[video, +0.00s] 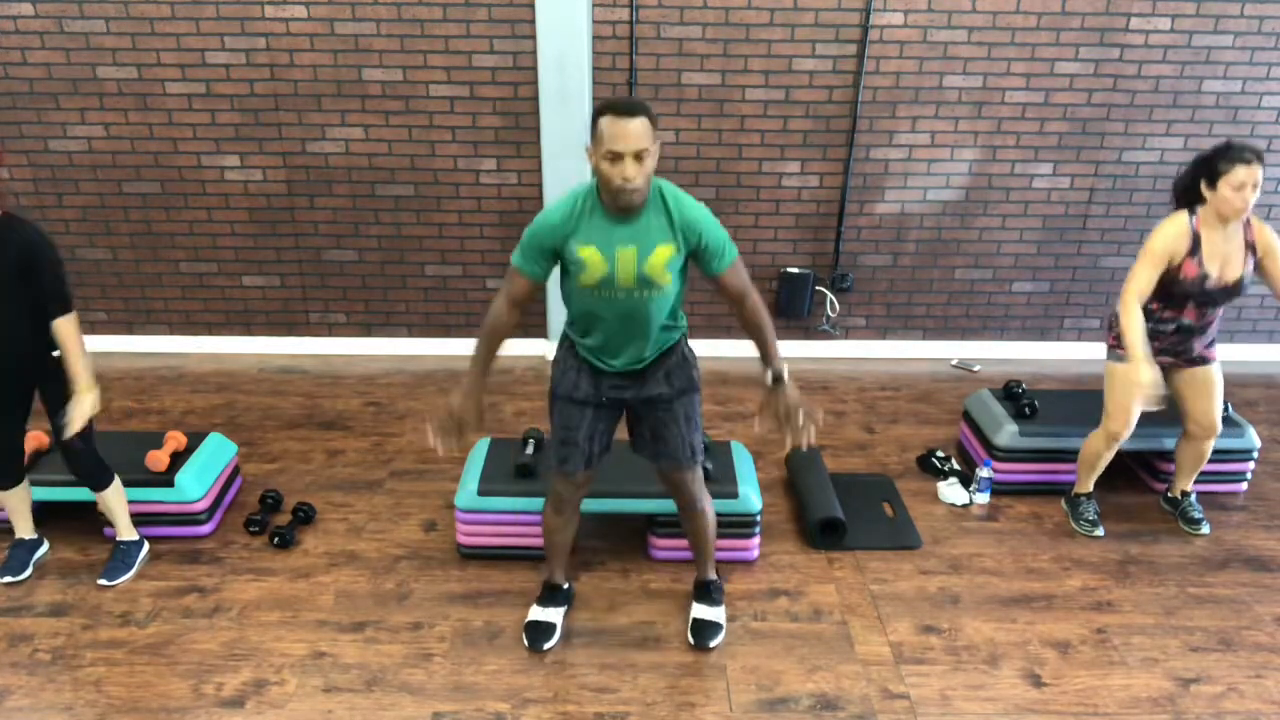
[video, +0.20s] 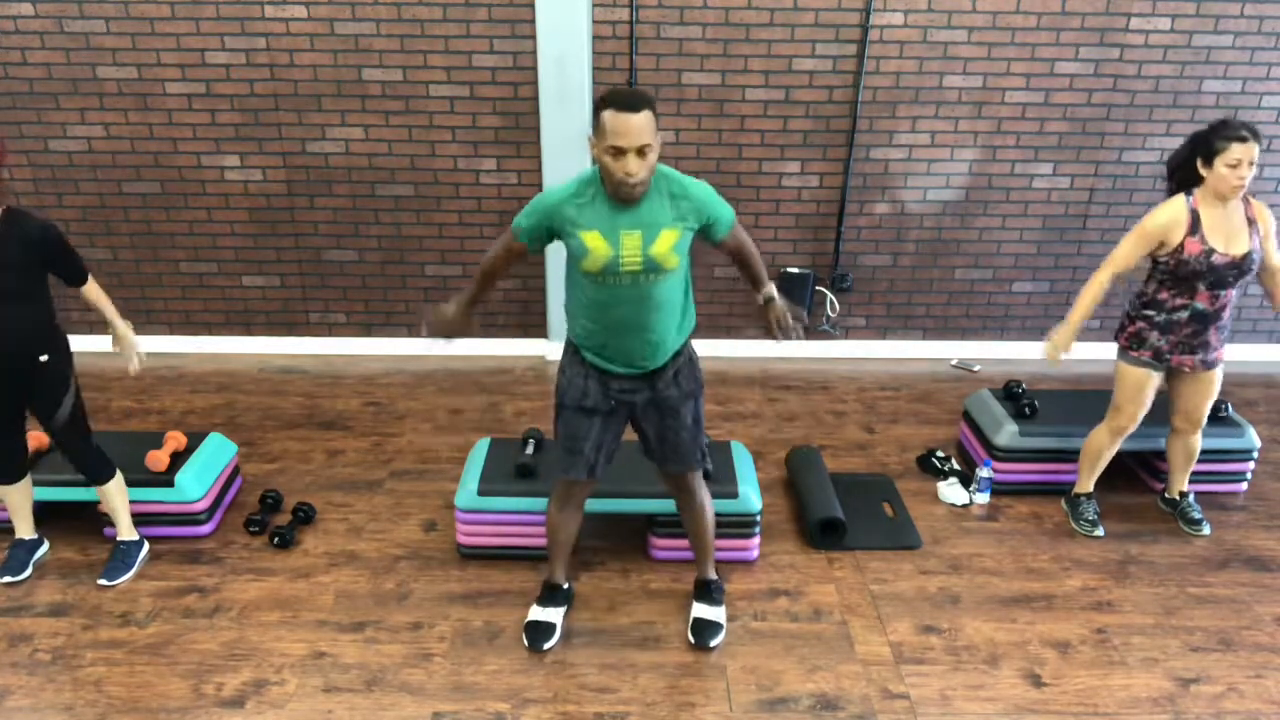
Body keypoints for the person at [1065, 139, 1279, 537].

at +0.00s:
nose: (1248, 198)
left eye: (1254, 188)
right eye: (1238, 187)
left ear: (1260, 189)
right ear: (1208, 187)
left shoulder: (1259, 236)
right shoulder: (1175, 230)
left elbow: (1279, 287)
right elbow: (1130, 300)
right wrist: (1143, 366)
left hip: (1195, 339)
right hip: (1140, 332)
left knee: (1206, 426)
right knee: (1117, 428)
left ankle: (1179, 494)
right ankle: (1080, 494)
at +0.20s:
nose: (1244, 175)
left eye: (1250, 165)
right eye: (1234, 165)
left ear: (1256, 166)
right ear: (1204, 167)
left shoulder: (1257, 216)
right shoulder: (1173, 215)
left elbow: (1273, 281)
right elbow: (1108, 271)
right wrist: (1068, 328)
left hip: (1204, 337)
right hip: (1152, 333)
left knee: (1191, 424)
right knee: (1122, 422)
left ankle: (1177, 494)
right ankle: (1081, 494)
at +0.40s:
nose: (1244, 173)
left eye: (1249, 163)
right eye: (1233, 163)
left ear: (1254, 164)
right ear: (1203, 167)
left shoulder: (1255, 212)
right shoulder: (1170, 214)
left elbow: (1225, 266)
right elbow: (1108, 257)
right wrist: (1069, 293)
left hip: (1211, 340)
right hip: (1158, 335)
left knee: (1185, 425)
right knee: (1122, 418)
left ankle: (1175, 495)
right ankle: (1080, 494)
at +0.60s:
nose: (1244, 171)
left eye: (1249, 162)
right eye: (1233, 162)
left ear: (1253, 164)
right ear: (1203, 165)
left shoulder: (1256, 213)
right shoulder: (1169, 216)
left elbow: (1232, 274)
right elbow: (1109, 265)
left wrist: (1227, 326)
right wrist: (1067, 309)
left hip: (1213, 340)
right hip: (1160, 335)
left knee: (1182, 424)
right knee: (1125, 421)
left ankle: (1175, 495)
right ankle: (1081, 494)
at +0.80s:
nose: (1244, 169)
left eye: (1249, 159)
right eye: (1234, 160)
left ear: (1254, 162)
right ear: (1204, 164)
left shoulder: (1262, 215)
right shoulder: (1173, 212)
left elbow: (1277, 279)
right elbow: (1122, 277)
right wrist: (1125, 345)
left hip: (1207, 336)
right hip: (1153, 333)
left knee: (1186, 422)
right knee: (1124, 421)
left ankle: (1175, 494)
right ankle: (1078, 493)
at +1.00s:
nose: (1247, 191)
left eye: (1252, 181)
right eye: (1235, 182)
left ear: (1257, 184)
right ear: (1205, 188)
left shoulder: (1263, 234)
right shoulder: (1177, 227)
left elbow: (1278, 277)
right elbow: (1142, 295)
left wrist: (1264, 269)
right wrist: (1216, 289)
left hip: (1185, 330)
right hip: (1132, 324)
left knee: (1192, 416)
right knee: (1111, 417)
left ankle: (1174, 493)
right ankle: (1074, 494)